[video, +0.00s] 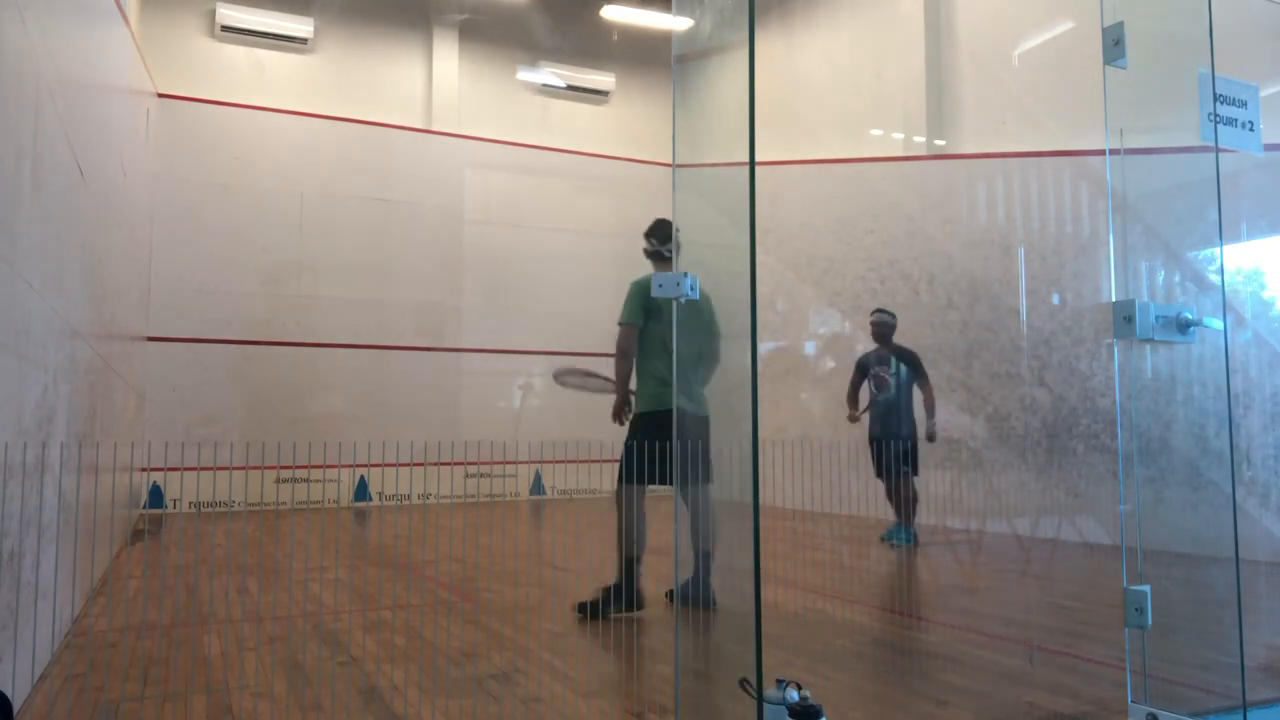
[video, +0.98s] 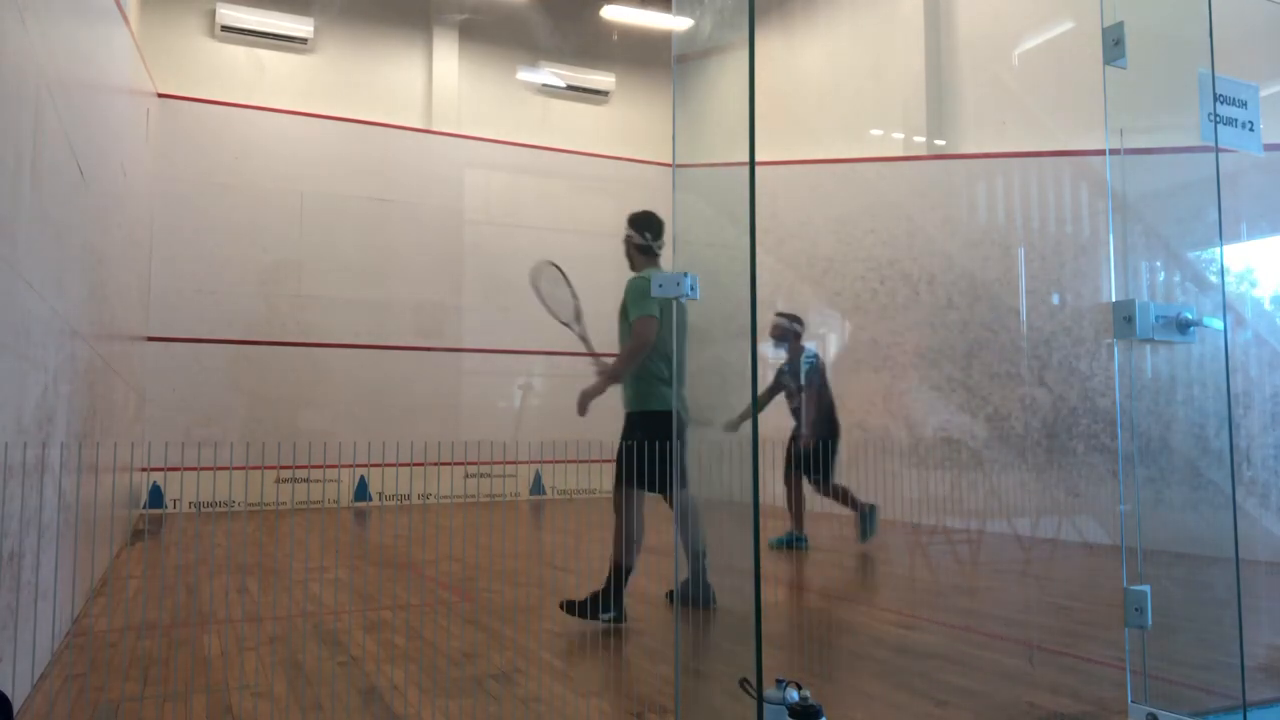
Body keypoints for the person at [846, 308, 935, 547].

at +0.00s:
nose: (876, 330)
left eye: (881, 325)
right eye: (873, 325)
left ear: (893, 328)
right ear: (870, 328)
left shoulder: (908, 357)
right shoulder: (866, 360)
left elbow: (926, 389)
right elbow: (853, 389)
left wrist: (930, 421)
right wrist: (853, 410)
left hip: (903, 427)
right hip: (879, 428)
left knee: (904, 479)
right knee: (889, 481)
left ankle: (909, 528)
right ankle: (900, 523)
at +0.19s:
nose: (874, 329)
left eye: (879, 324)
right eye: (871, 324)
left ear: (891, 327)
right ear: (868, 327)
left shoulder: (905, 358)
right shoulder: (862, 359)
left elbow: (912, 396)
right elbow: (852, 391)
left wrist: (908, 426)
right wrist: (868, 396)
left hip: (898, 426)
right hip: (872, 426)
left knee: (903, 477)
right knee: (868, 476)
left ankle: (909, 528)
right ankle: (895, 514)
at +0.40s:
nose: (866, 329)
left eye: (872, 324)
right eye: (864, 324)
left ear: (883, 328)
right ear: (860, 327)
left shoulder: (893, 357)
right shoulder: (854, 358)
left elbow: (887, 391)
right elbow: (850, 384)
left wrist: (865, 413)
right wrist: (875, 379)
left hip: (889, 427)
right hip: (863, 426)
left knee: (898, 478)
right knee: (841, 472)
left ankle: (907, 529)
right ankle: (862, 519)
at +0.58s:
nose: (841, 332)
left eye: (845, 328)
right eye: (840, 328)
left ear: (859, 330)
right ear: (841, 332)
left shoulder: (878, 358)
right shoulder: (836, 360)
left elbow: (872, 386)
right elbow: (833, 383)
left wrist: (841, 381)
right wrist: (859, 383)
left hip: (875, 431)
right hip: (847, 431)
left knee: (890, 479)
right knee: (826, 476)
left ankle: (906, 528)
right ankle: (807, 525)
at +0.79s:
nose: (806, 337)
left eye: (811, 333)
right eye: (805, 333)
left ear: (825, 335)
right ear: (805, 335)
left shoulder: (845, 359)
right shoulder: (804, 367)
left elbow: (841, 392)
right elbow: (813, 388)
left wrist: (804, 395)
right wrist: (842, 369)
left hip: (848, 430)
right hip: (822, 431)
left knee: (868, 481)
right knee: (797, 478)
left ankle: (899, 521)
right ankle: (797, 533)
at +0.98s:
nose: (774, 339)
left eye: (779, 335)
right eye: (774, 334)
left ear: (793, 336)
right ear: (784, 339)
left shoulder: (810, 362)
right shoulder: (785, 370)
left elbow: (812, 398)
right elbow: (765, 397)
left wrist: (807, 429)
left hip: (822, 429)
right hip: (801, 430)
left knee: (821, 484)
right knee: (792, 478)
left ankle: (863, 509)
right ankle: (797, 533)